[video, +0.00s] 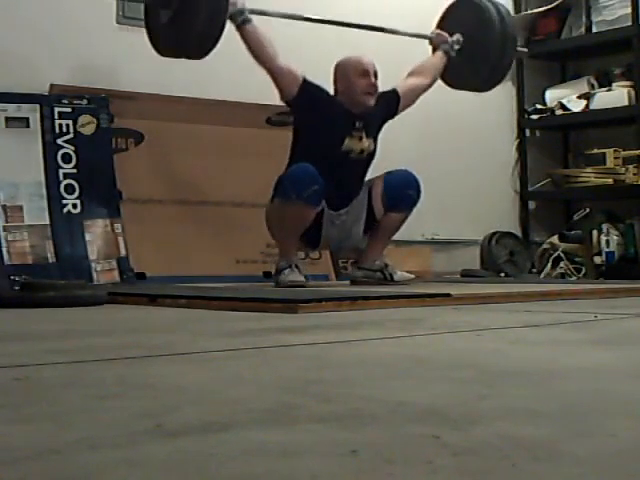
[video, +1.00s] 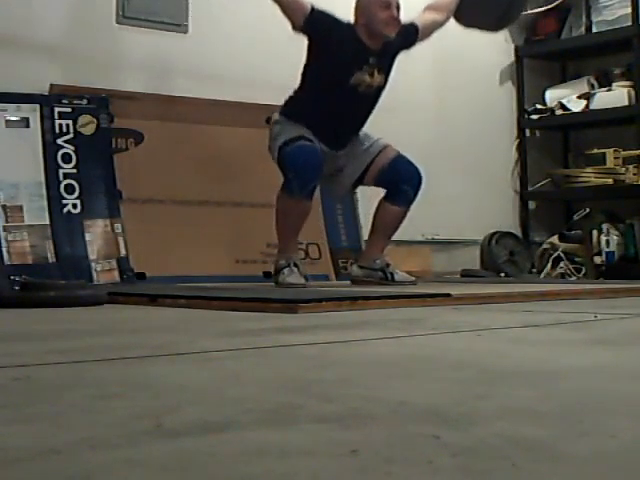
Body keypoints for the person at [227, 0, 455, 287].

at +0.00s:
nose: (373, 82)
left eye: (375, 77)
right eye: (364, 75)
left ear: (378, 83)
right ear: (340, 83)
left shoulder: (377, 112)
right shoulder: (312, 103)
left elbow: (420, 80)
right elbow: (272, 63)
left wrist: (444, 50)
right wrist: (240, 17)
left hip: (350, 220)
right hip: (305, 218)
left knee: (405, 184)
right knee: (303, 178)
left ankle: (370, 264)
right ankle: (287, 264)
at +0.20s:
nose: (375, 77)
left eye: (377, 71)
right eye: (366, 69)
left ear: (379, 79)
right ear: (341, 77)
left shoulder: (380, 107)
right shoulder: (314, 96)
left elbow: (420, 77)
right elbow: (272, 62)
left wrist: (448, 49)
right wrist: (239, 16)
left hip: (351, 216)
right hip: (305, 213)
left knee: (409, 186)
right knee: (303, 178)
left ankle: (369, 264)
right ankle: (288, 263)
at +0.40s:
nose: (381, 70)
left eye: (383, 65)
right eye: (371, 64)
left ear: (385, 72)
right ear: (347, 73)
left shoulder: (386, 102)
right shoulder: (319, 92)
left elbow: (428, 72)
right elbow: (276, 57)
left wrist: (455, 43)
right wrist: (243, 12)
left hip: (353, 210)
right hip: (306, 207)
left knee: (413, 188)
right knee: (308, 180)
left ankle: (369, 263)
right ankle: (288, 263)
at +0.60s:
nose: (390, 60)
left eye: (391, 55)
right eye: (381, 54)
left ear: (393, 62)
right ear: (356, 61)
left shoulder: (391, 89)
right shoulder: (325, 78)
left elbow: (433, 60)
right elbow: (282, 45)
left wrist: (459, 31)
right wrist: (247, 5)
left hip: (347, 189)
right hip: (296, 184)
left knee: (409, 183)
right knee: (313, 174)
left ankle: (369, 263)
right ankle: (288, 263)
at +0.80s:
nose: (396, 40)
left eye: (398, 35)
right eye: (387, 33)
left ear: (400, 41)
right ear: (363, 39)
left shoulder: (397, 67)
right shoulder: (330, 56)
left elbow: (436, 39)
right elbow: (284, 21)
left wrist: (459, 11)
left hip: (346, 160)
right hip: (294, 149)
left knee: (407, 179)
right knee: (308, 165)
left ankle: (370, 263)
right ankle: (287, 262)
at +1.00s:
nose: (395, 14)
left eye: (397, 8)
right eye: (385, 7)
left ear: (399, 13)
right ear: (362, 13)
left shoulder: (393, 43)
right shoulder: (328, 30)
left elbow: (438, 13)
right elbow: (286, 2)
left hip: (346, 143)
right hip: (297, 130)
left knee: (407, 178)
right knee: (305, 163)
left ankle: (370, 263)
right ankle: (285, 262)